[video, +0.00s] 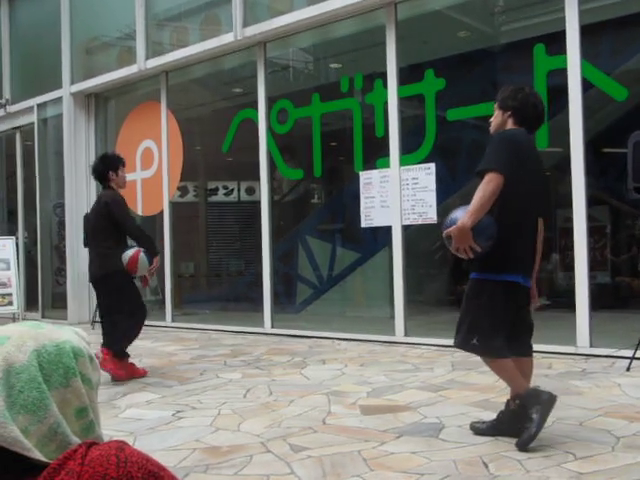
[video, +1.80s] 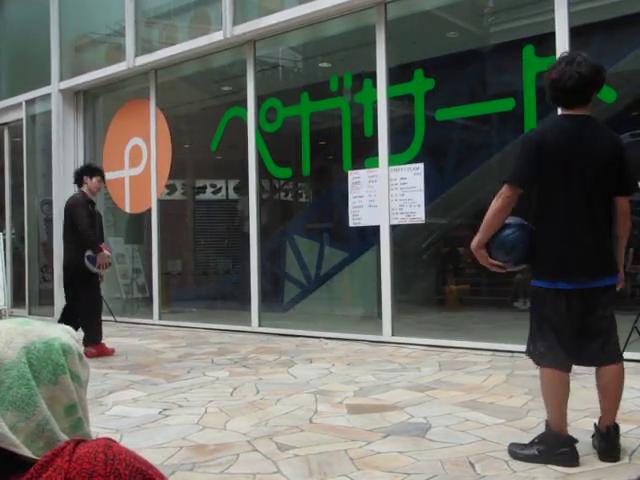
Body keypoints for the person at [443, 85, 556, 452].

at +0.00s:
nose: (490, 119)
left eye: (494, 112)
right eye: (493, 112)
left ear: (508, 116)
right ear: (523, 121)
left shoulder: (505, 141)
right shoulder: (534, 158)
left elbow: (494, 181)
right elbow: (537, 227)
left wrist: (463, 225)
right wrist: (531, 277)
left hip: (497, 263)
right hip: (521, 266)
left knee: (478, 335)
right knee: (517, 339)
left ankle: (529, 398)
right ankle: (512, 413)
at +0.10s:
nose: (489, 120)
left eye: (494, 113)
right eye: (492, 113)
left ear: (507, 116)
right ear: (522, 121)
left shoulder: (502, 141)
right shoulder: (532, 156)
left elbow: (487, 182)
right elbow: (533, 219)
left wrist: (458, 225)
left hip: (492, 264)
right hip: (516, 265)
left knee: (478, 337)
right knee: (515, 338)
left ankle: (530, 399)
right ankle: (511, 412)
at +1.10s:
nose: (492, 105)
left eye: (493, 99)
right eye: (494, 98)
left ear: (499, 103)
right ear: (534, 98)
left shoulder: (517, 136)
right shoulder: (542, 136)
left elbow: (524, 188)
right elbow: (540, 196)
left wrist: (515, 241)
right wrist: (518, 239)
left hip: (530, 261)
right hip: (544, 258)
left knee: (536, 347)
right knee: (528, 340)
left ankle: (556, 437)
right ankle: (516, 409)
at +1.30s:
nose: (506, 95)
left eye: (509, 89)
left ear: (513, 96)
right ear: (554, 94)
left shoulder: (523, 136)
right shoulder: (562, 138)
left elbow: (523, 193)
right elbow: (557, 203)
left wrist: (509, 247)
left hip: (534, 263)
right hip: (555, 262)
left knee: (542, 350)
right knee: (552, 343)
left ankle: (556, 439)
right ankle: (566, 421)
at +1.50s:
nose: (522, 88)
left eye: (525, 83)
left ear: (527, 93)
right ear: (569, 93)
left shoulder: (524, 138)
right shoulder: (580, 137)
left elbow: (512, 196)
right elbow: (577, 201)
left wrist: (489, 247)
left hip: (534, 265)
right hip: (574, 261)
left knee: (545, 351)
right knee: (585, 344)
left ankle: (556, 439)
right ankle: (606, 431)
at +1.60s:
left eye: (533, 84)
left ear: (535, 92)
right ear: (578, 93)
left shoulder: (528, 139)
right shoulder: (590, 139)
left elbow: (506, 199)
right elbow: (596, 208)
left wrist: (479, 247)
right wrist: (579, 242)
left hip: (537, 268)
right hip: (583, 265)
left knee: (547, 351)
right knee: (596, 346)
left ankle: (556, 439)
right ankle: (607, 432)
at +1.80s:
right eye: (598, 87)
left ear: (553, 92)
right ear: (596, 93)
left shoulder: (537, 140)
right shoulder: (610, 142)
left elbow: (508, 197)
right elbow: (623, 210)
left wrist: (478, 242)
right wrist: (619, 260)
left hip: (553, 269)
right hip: (600, 266)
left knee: (552, 352)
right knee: (607, 348)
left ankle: (556, 440)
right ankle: (608, 434)